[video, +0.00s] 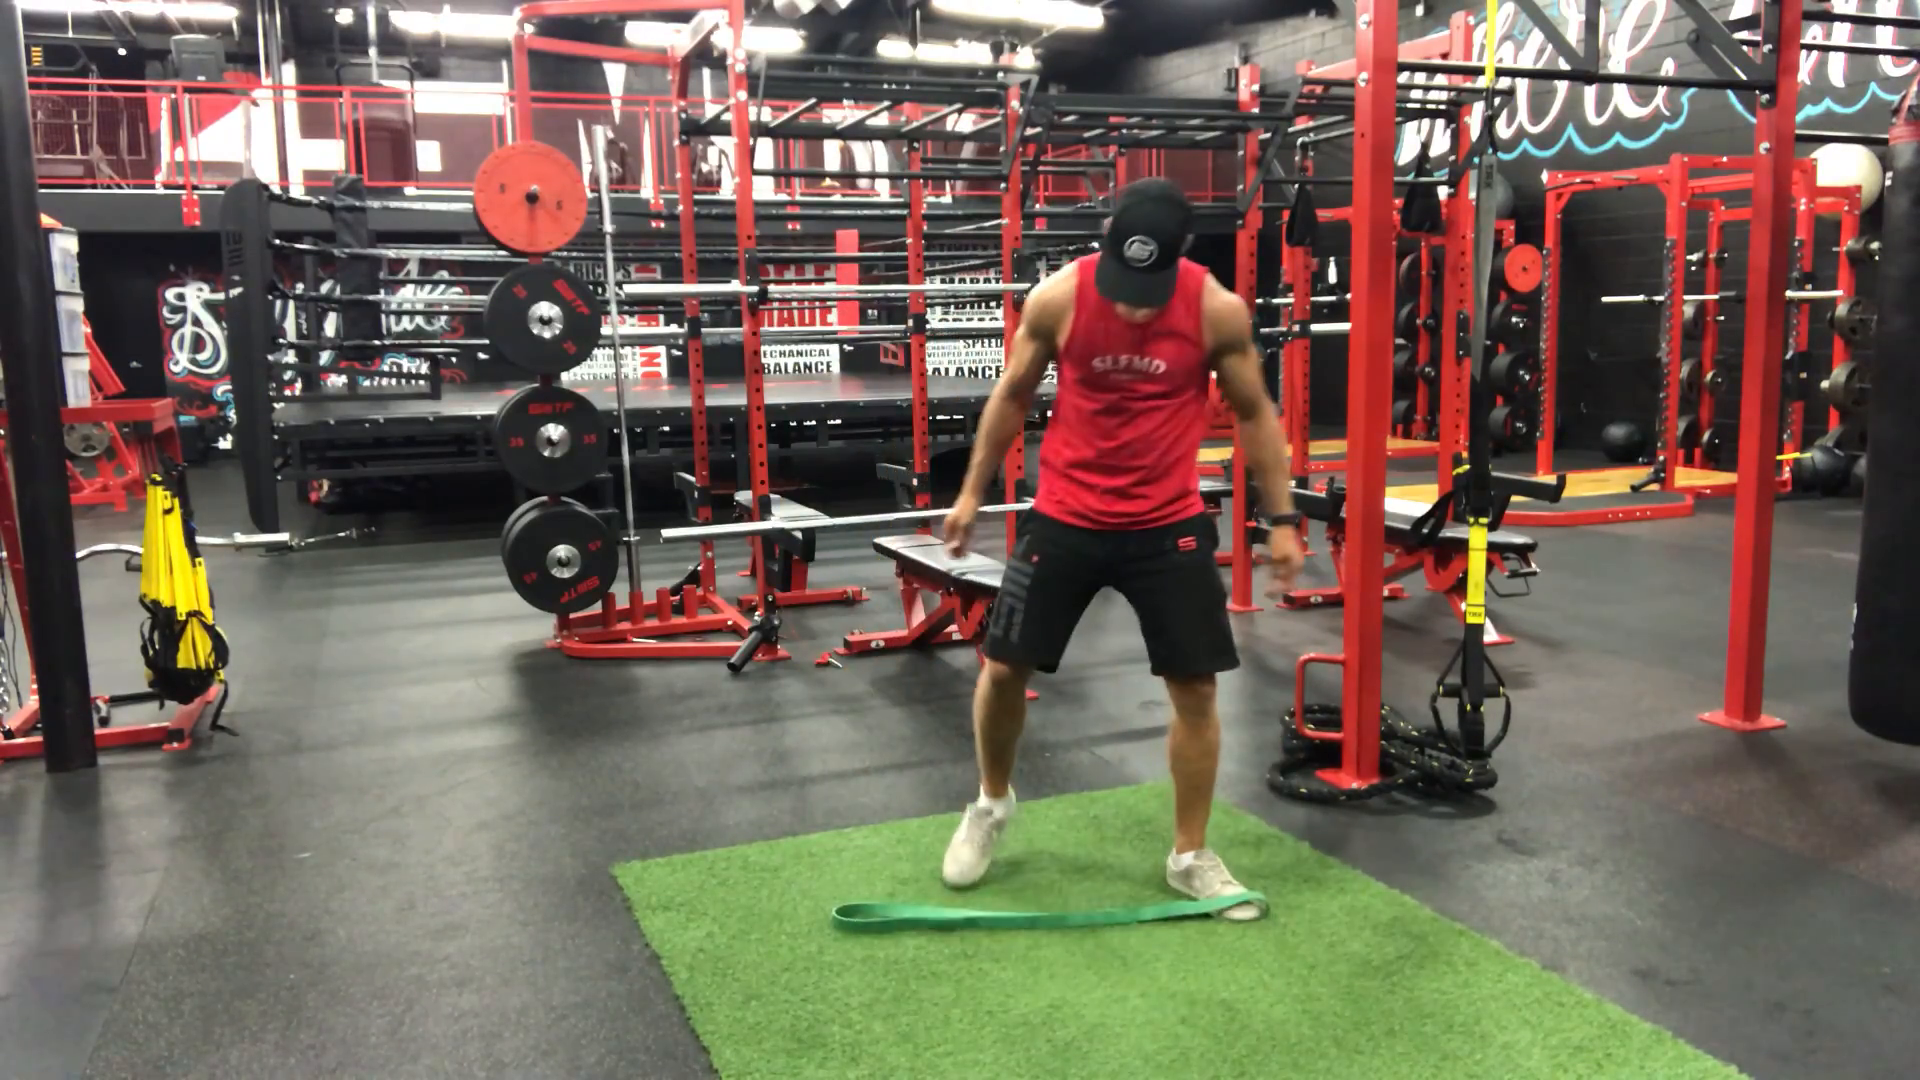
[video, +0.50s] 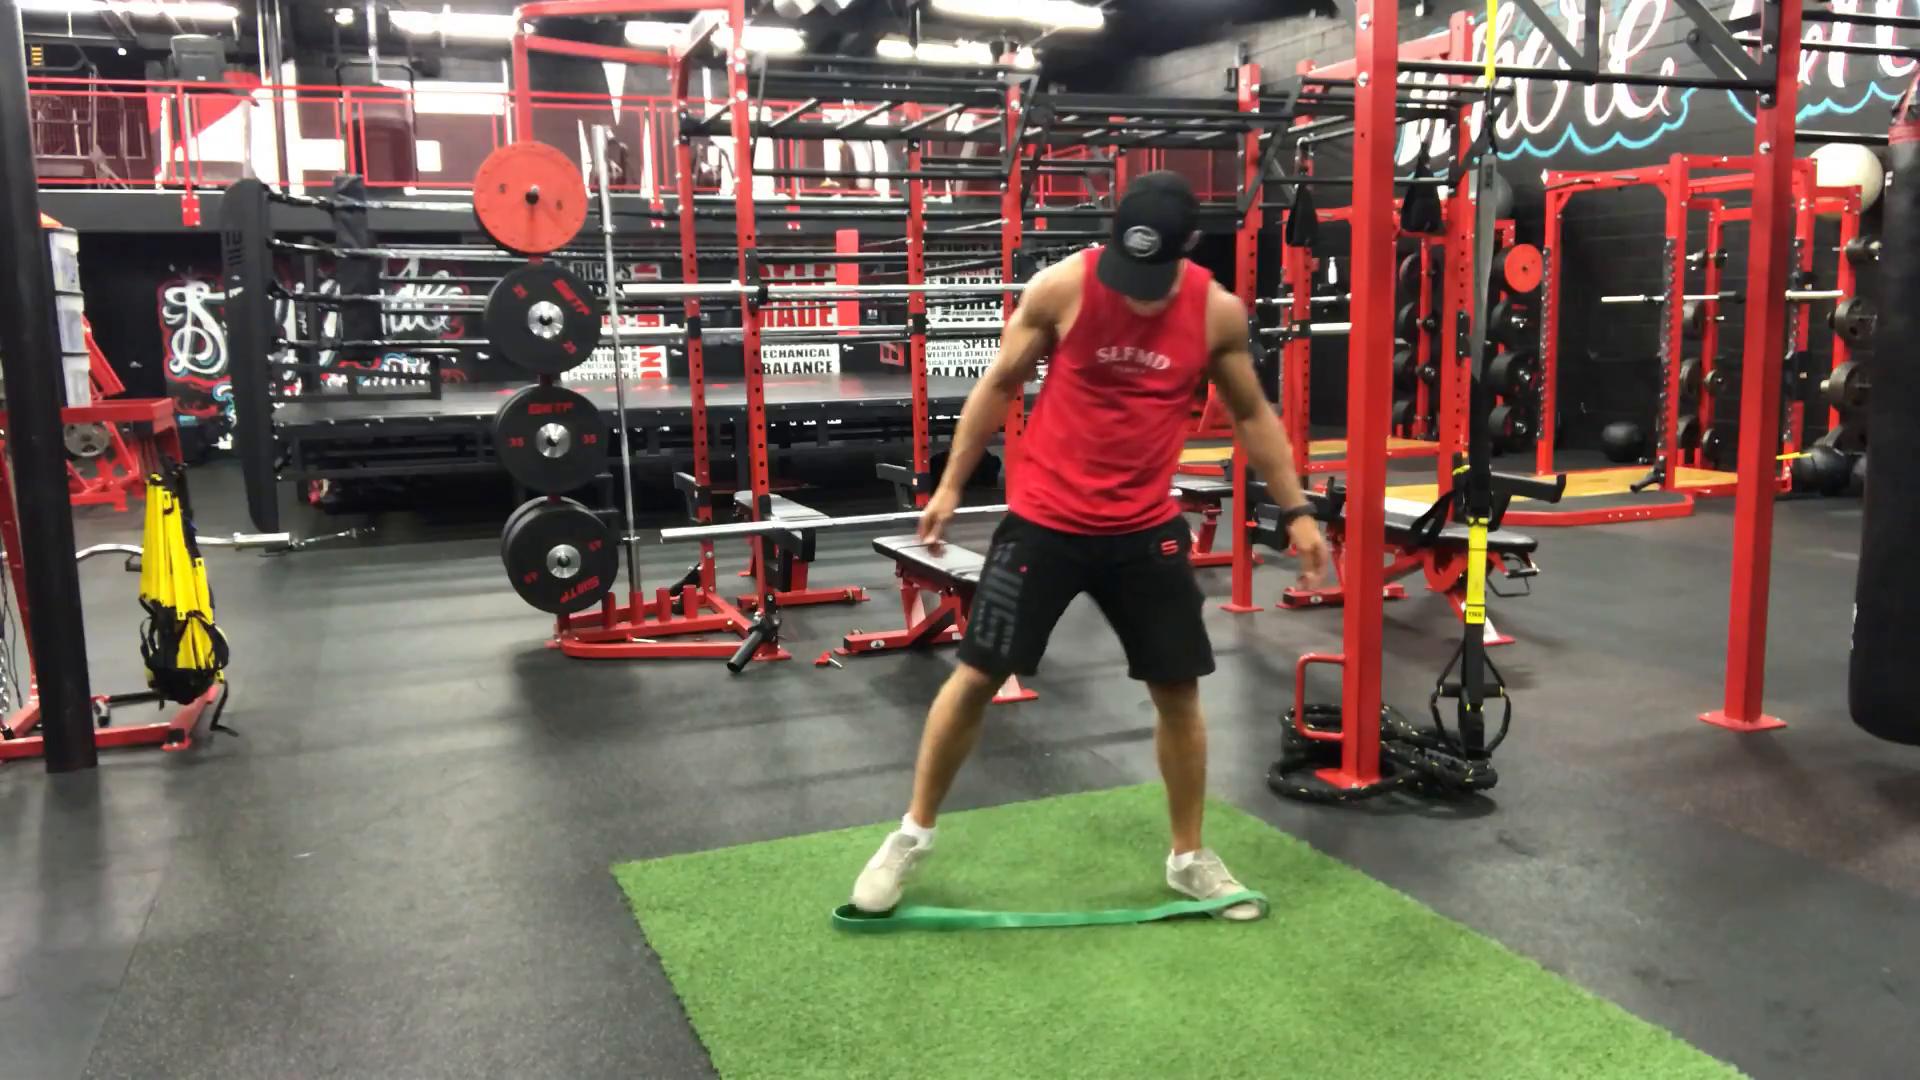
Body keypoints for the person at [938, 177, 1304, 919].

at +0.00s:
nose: (1136, 296)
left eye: (1151, 283)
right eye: (1124, 279)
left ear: (1180, 258)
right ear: (1105, 248)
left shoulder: (1218, 313)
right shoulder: (1057, 301)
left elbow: (1256, 413)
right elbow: (1011, 395)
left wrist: (1281, 519)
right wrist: (971, 493)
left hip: (1168, 527)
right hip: (1065, 522)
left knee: (1196, 687)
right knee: (1002, 670)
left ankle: (1191, 853)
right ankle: (990, 802)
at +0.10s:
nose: (1148, 291)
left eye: (1164, 278)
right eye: (1139, 274)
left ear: (1197, 254)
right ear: (1122, 241)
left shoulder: (1235, 309)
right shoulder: (1074, 293)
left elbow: (1276, 412)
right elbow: (1031, 385)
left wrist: (1307, 516)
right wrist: (995, 483)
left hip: (1173, 524)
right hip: (1069, 515)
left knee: (1196, 685)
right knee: (999, 658)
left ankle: (1191, 853)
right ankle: (980, 791)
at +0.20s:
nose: (1157, 286)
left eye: (1174, 274)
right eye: (1148, 269)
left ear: (1208, 253)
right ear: (1133, 240)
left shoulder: (1245, 309)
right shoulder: (1087, 286)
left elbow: (1285, 412)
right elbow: (1039, 381)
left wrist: (1319, 518)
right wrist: (1003, 478)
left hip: (1172, 523)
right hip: (1068, 512)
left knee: (1193, 685)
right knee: (999, 657)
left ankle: (1191, 853)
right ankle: (956, 809)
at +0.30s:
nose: (1159, 285)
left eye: (1176, 273)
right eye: (1150, 267)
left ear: (1210, 255)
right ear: (1137, 239)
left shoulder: (1245, 310)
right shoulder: (1088, 285)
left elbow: (1285, 415)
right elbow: (1035, 379)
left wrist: (1324, 519)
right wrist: (993, 477)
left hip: (1167, 526)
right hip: (1064, 515)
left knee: (1190, 688)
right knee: (997, 662)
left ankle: (1190, 854)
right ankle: (941, 821)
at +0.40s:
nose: (1153, 285)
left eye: (1170, 274)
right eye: (1144, 269)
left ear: (1202, 256)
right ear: (1130, 240)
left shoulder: (1235, 311)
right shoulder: (1079, 285)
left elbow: (1273, 414)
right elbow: (1020, 378)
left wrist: (1317, 514)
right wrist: (974, 478)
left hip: (1157, 527)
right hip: (1056, 517)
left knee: (1185, 687)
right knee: (989, 667)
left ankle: (1189, 854)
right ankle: (929, 825)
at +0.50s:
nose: (1137, 284)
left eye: (1153, 271)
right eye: (1127, 268)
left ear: (1184, 254)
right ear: (1111, 242)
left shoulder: (1216, 313)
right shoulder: (1061, 290)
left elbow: (1253, 412)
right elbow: (998, 383)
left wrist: (1298, 509)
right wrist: (949, 486)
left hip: (1145, 531)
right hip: (1044, 524)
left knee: (1179, 690)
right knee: (979, 674)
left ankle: (1189, 854)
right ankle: (912, 832)